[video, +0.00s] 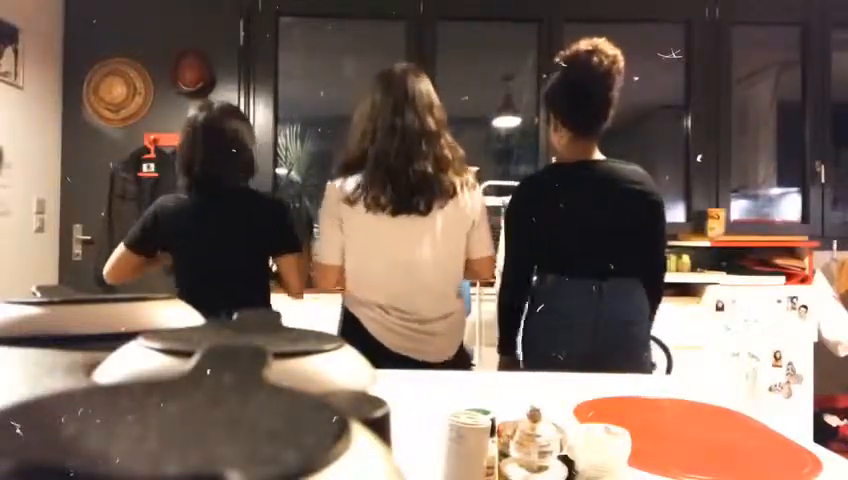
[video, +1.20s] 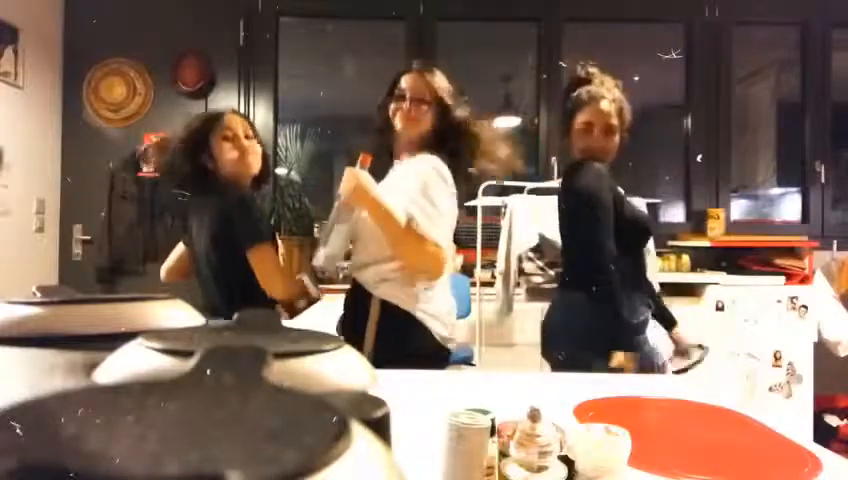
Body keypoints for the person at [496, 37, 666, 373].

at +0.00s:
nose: (546, 127)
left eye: (547, 118)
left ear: (556, 121)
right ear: (605, 117)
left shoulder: (533, 190)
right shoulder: (640, 185)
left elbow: (516, 279)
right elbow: (654, 278)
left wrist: (506, 351)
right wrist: (635, 333)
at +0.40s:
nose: (553, 135)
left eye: (554, 124)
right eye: (553, 124)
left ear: (564, 127)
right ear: (611, 122)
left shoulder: (545, 192)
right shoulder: (642, 186)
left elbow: (528, 276)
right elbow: (655, 275)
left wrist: (512, 349)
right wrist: (638, 328)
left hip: (559, 334)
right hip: (628, 335)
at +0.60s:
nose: (623, 113)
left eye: (621, 105)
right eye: (620, 106)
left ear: (557, 122)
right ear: (608, 118)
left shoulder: (535, 190)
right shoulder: (639, 177)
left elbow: (528, 277)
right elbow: (667, 254)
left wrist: (521, 348)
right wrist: (647, 308)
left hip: (556, 339)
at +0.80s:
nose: (615, 129)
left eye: (618, 120)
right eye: (605, 119)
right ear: (574, 124)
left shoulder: (565, 178)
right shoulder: (608, 176)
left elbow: (551, 253)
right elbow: (648, 242)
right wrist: (678, 303)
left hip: (567, 298)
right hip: (618, 303)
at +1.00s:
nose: (598, 128)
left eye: (610, 120)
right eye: (588, 117)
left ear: (622, 127)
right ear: (571, 121)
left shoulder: (577, 170)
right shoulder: (599, 173)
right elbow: (625, 256)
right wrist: (665, 328)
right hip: (612, 310)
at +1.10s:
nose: (598, 134)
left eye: (610, 125)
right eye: (588, 122)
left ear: (622, 131)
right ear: (571, 127)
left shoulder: (577, 174)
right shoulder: (600, 177)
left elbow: (644, 211)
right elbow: (625, 260)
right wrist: (647, 332)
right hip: (606, 319)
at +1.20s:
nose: (596, 139)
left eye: (608, 131)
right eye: (586, 128)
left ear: (621, 138)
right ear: (569, 132)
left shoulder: (579, 178)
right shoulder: (593, 178)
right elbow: (601, 268)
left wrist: (671, 327)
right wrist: (632, 343)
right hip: (598, 331)